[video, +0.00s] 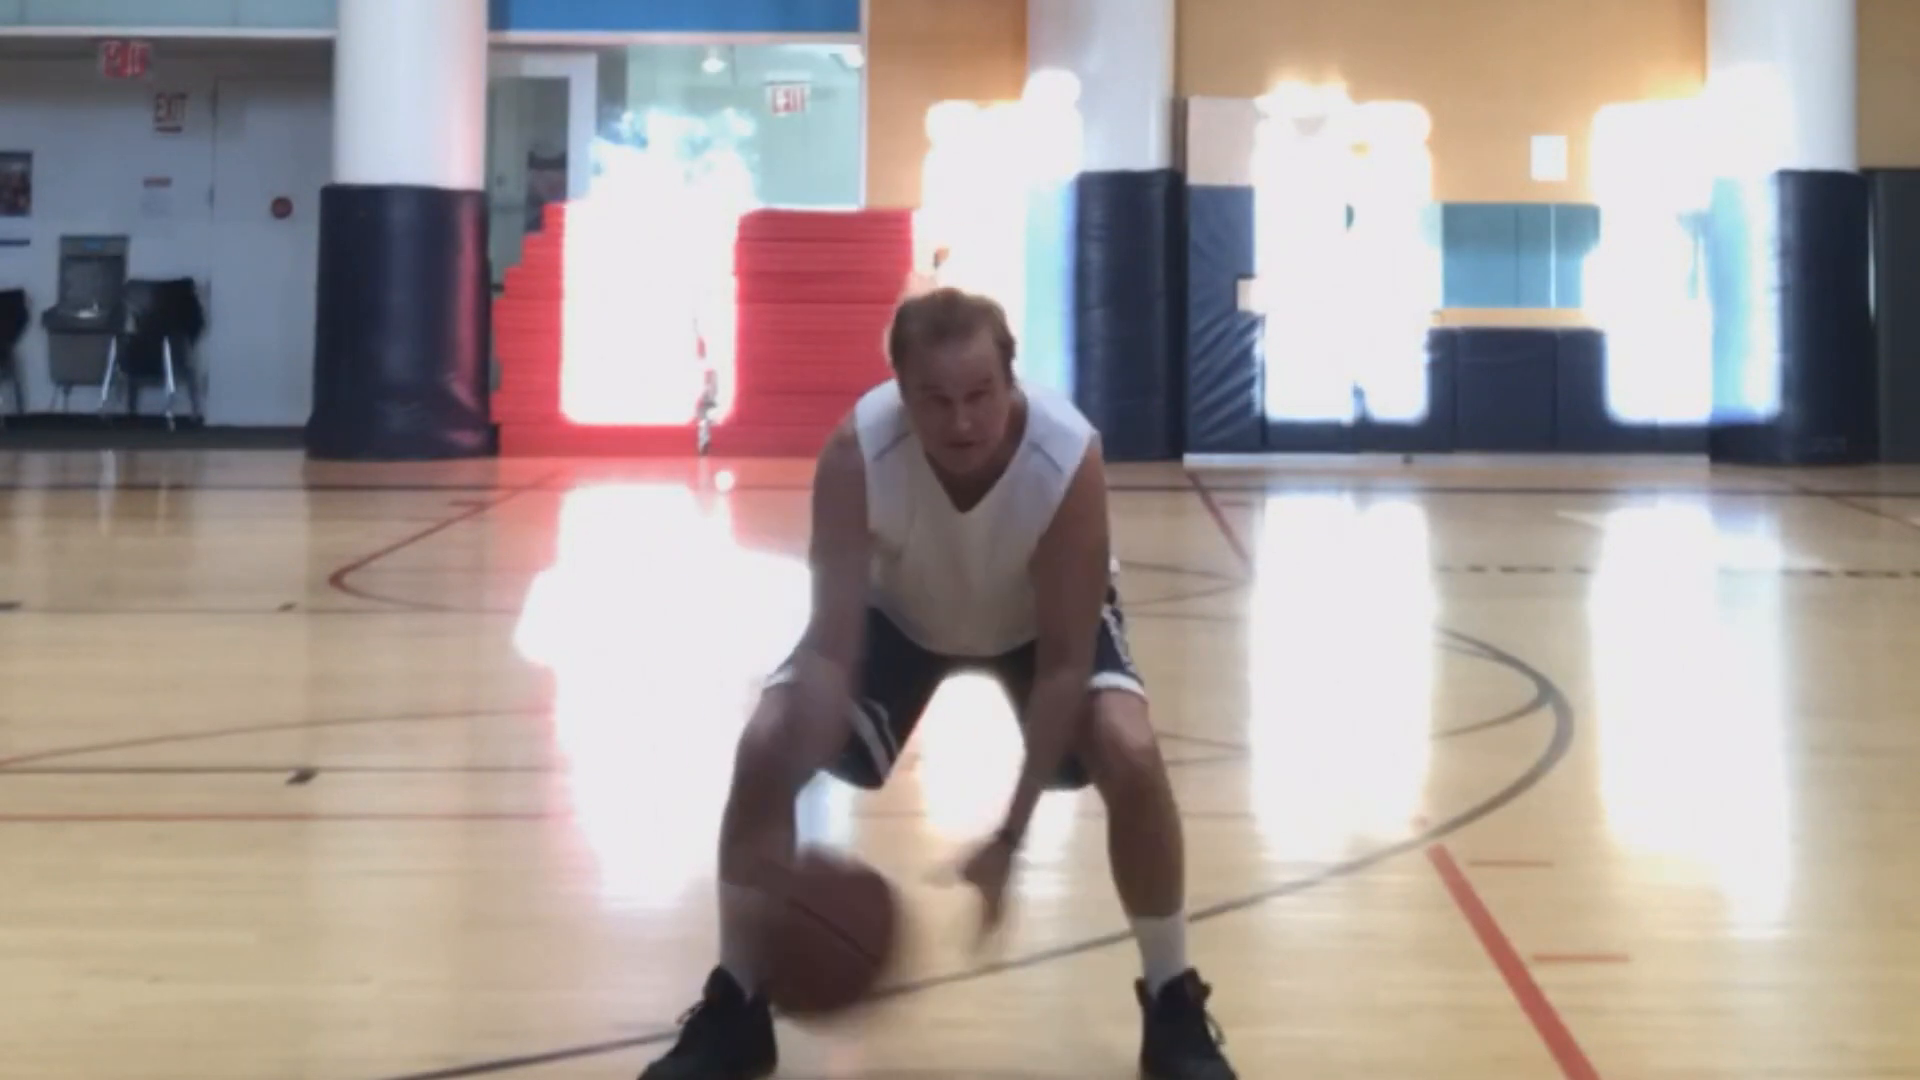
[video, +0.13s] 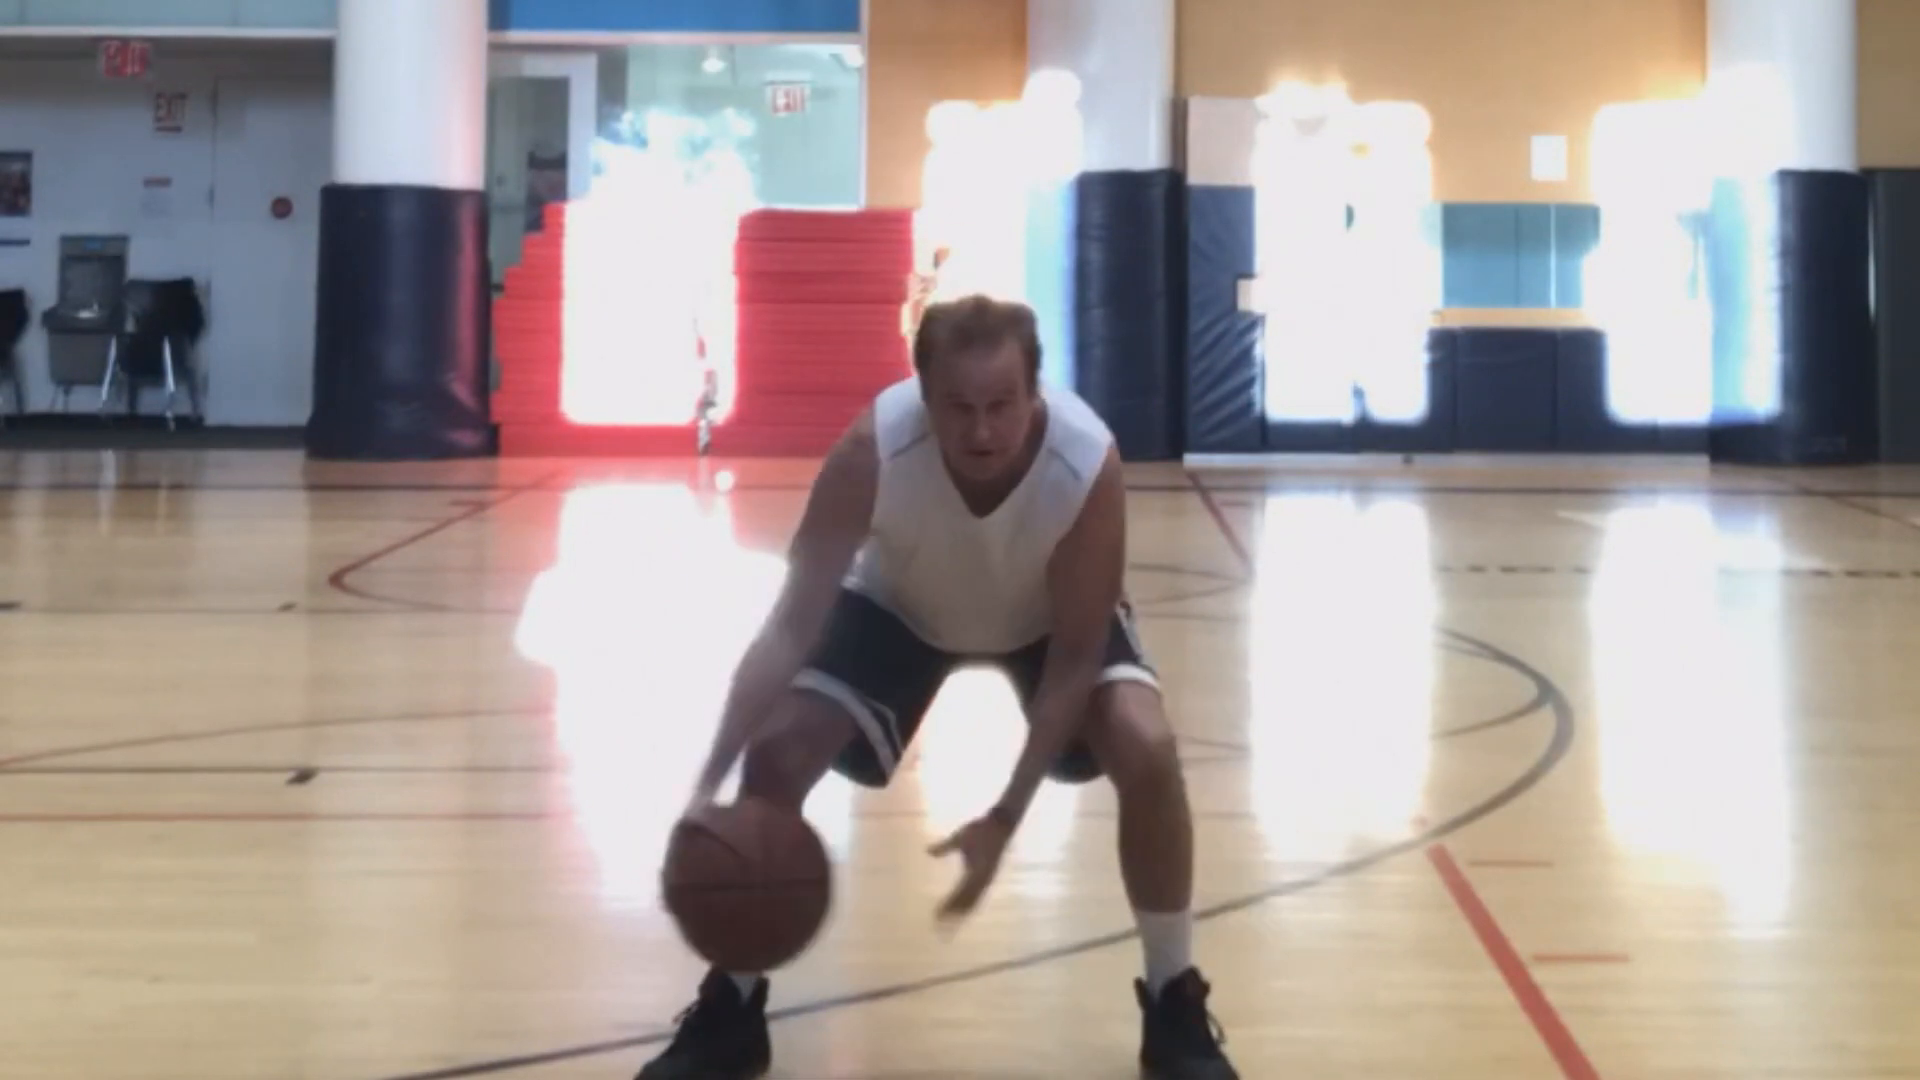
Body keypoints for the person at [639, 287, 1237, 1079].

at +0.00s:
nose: (961, 422)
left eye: (980, 395)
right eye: (936, 400)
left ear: (1011, 374)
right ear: (901, 386)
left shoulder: (1066, 454)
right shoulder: (857, 455)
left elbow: (1065, 661)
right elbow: (830, 646)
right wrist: (792, 835)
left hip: (1041, 623)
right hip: (899, 622)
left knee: (1133, 758)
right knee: (765, 750)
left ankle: (1174, 1007)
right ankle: (735, 1010)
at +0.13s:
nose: (981, 432)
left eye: (1000, 406)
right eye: (958, 409)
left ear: (1035, 391)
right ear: (925, 394)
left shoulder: (1086, 463)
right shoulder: (873, 451)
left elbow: (1077, 656)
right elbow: (791, 626)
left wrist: (1003, 818)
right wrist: (705, 790)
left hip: (1048, 615)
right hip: (899, 609)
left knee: (1146, 749)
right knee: (774, 756)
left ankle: (1175, 1007)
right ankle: (731, 1010)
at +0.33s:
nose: (992, 449)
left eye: (1017, 428)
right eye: (973, 423)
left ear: (1053, 417)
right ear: (946, 405)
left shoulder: (1093, 507)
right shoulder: (883, 464)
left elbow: (1120, 719)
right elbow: (806, 653)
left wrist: (1113, 893)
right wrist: (852, 825)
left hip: (1051, 650)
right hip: (900, 642)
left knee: (1161, 763)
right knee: (761, 762)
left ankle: (1171, 1008)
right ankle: (729, 1010)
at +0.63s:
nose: (926, 487)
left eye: (943, 459)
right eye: (900, 467)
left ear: (978, 440)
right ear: (869, 460)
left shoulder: (1049, 504)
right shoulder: (841, 530)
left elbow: (1097, 688)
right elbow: (800, 731)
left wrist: (985, 827)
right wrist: (813, 914)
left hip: (1037, 670)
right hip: (896, 665)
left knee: (1129, 782)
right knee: (747, 759)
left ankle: (1168, 1015)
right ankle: (724, 1011)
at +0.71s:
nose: (937, 491)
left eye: (954, 465)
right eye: (913, 471)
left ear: (988, 444)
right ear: (878, 462)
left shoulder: (1053, 501)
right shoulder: (845, 529)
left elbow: (1104, 682)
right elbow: (794, 731)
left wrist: (997, 818)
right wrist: (810, 905)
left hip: (1038, 668)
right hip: (894, 664)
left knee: (1136, 776)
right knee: (751, 762)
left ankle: (1169, 1013)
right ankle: (724, 1002)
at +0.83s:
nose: (934, 482)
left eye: (952, 455)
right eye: (910, 463)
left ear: (987, 438)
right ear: (877, 454)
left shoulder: (1054, 501)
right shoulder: (844, 523)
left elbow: (1102, 687)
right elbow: (790, 725)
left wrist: (985, 819)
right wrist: (798, 907)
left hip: (1039, 669)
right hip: (896, 663)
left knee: (1130, 776)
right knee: (752, 756)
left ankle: (1168, 1015)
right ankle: (723, 1004)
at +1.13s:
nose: (1354, 406)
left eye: (1364, 395)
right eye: (1358, 391)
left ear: (1315, 361)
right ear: (1317, 366)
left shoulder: (1283, 409)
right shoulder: (1145, 365)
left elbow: (1219, 519)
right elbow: (1004, 522)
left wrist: (1209, 653)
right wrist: (941, 701)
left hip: (1108, 556)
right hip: (978, 550)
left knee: (1191, 713)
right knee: (943, 780)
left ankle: (1175, 1010)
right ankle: (834, 991)